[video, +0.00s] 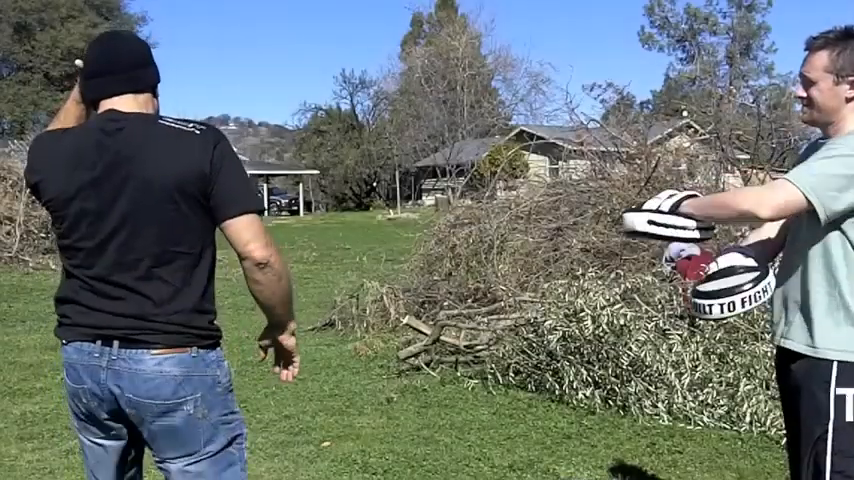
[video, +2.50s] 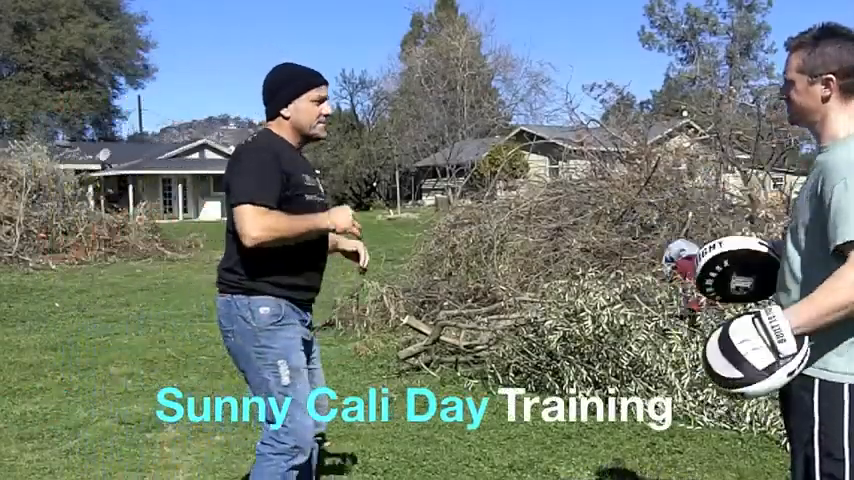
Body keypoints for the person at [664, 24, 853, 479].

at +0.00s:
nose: (798, 92)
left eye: (809, 83)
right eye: (800, 82)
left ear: (848, 88)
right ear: (839, 88)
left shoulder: (848, 151)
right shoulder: (820, 148)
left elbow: (763, 205)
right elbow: (789, 223)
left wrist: (681, 208)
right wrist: (733, 262)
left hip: (836, 353)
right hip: (801, 346)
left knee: (829, 470)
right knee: (805, 466)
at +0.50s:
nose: (765, 93)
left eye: (775, 82)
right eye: (767, 82)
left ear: (815, 87)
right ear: (812, 88)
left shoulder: (844, 152)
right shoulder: (811, 154)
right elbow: (826, 241)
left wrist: (850, 278)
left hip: (825, 355)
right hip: (794, 352)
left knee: (829, 470)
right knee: (806, 467)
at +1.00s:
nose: (778, 92)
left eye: (787, 83)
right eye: (779, 82)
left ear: (828, 87)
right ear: (822, 87)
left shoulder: (845, 158)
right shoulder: (815, 155)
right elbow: (822, 239)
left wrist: (822, 282)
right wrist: (775, 232)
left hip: (831, 364)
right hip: (797, 354)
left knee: (827, 471)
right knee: (805, 468)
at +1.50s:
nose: (804, 87)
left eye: (815, 77)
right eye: (808, 77)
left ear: (849, 84)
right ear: (842, 84)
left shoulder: (845, 158)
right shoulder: (816, 148)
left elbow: (773, 245)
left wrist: (696, 254)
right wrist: (717, 253)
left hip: (833, 356)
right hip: (803, 348)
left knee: (827, 470)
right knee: (809, 465)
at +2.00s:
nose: (801, 90)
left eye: (809, 80)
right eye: (803, 79)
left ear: (845, 84)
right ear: (840, 83)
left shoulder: (844, 161)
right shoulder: (817, 146)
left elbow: (780, 251)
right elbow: (777, 230)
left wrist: (737, 244)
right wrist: (723, 265)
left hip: (833, 354)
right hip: (806, 346)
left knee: (828, 469)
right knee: (811, 465)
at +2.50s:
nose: (784, 94)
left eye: (791, 84)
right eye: (785, 84)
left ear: (826, 87)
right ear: (826, 87)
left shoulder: (841, 167)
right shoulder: (828, 163)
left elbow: (853, 270)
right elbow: (816, 254)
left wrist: (777, 327)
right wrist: (759, 263)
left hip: (832, 374)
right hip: (814, 368)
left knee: (827, 472)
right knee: (812, 470)